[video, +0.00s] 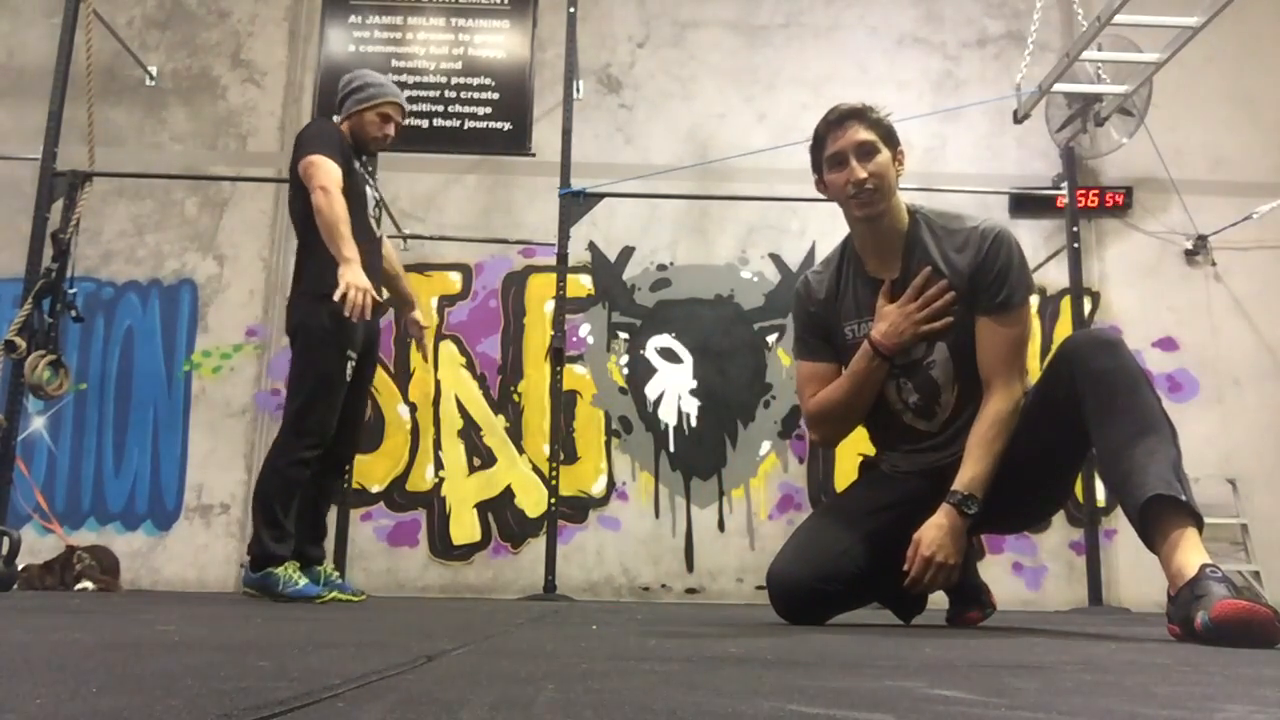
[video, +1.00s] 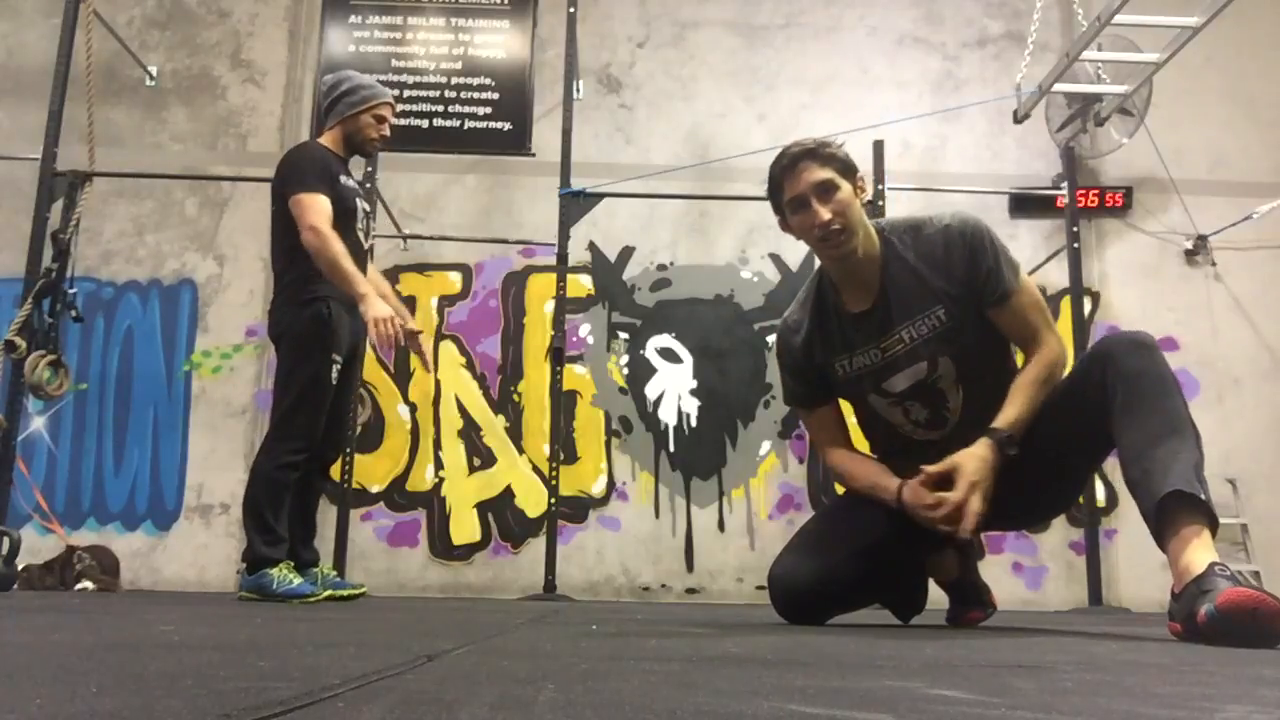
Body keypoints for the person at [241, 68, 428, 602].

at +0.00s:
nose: (390, 131)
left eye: (396, 123)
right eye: (382, 118)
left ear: (391, 125)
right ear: (352, 110)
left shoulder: (360, 171)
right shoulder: (321, 135)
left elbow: (378, 245)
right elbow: (324, 194)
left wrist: (408, 303)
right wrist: (349, 262)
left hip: (359, 315)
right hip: (326, 309)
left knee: (334, 442)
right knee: (306, 434)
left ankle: (308, 563)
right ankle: (268, 563)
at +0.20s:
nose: (390, 120)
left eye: (394, 113)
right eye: (381, 108)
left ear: (389, 120)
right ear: (348, 106)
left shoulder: (364, 172)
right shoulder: (313, 143)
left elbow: (376, 254)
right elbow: (310, 202)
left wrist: (414, 305)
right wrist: (340, 266)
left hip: (369, 319)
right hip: (327, 314)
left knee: (346, 443)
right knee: (307, 433)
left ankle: (311, 564)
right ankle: (261, 563)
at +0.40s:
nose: (392, 121)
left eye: (396, 112)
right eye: (383, 109)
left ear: (385, 117)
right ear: (349, 107)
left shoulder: (361, 171)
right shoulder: (314, 153)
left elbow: (368, 263)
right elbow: (308, 230)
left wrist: (403, 324)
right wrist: (326, 298)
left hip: (364, 321)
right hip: (329, 314)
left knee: (335, 447)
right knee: (307, 438)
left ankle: (309, 563)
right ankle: (269, 563)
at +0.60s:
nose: (389, 125)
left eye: (392, 116)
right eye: (380, 114)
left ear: (369, 119)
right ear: (347, 111)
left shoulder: (352, 176)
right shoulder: (310, 159)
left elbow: (364, 266)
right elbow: (318, 233)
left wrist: (401, 324)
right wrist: (346, 304)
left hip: (346, 324)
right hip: (313, 321)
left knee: (325, 447)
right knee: (296, 439)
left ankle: (303, 564)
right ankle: (265, 565)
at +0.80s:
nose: (386, 131)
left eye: (389, 122)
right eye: (378, 119)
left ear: (363, 121)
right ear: (343, 114)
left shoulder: (350, 177)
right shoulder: (307, 156)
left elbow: (372, 255)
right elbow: (328, 225)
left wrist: (405, 306)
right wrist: (370, 291)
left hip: (344, 320)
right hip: (307, 316)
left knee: (319, 445)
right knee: (288, 439)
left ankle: (299, 563)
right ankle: (260, 565)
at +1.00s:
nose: (386, 131)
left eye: (389, 122)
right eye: (378, 119)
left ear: (360, 120)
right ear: (344, 115)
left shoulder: (344, 176)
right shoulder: (307, 159)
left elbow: (359, 260)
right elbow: (315, 234)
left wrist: (397, 308)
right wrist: (365, 295)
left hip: (342, 319)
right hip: (311, 316)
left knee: (320, 445)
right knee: (291, 440)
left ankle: (301, 564)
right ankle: (263, 566)